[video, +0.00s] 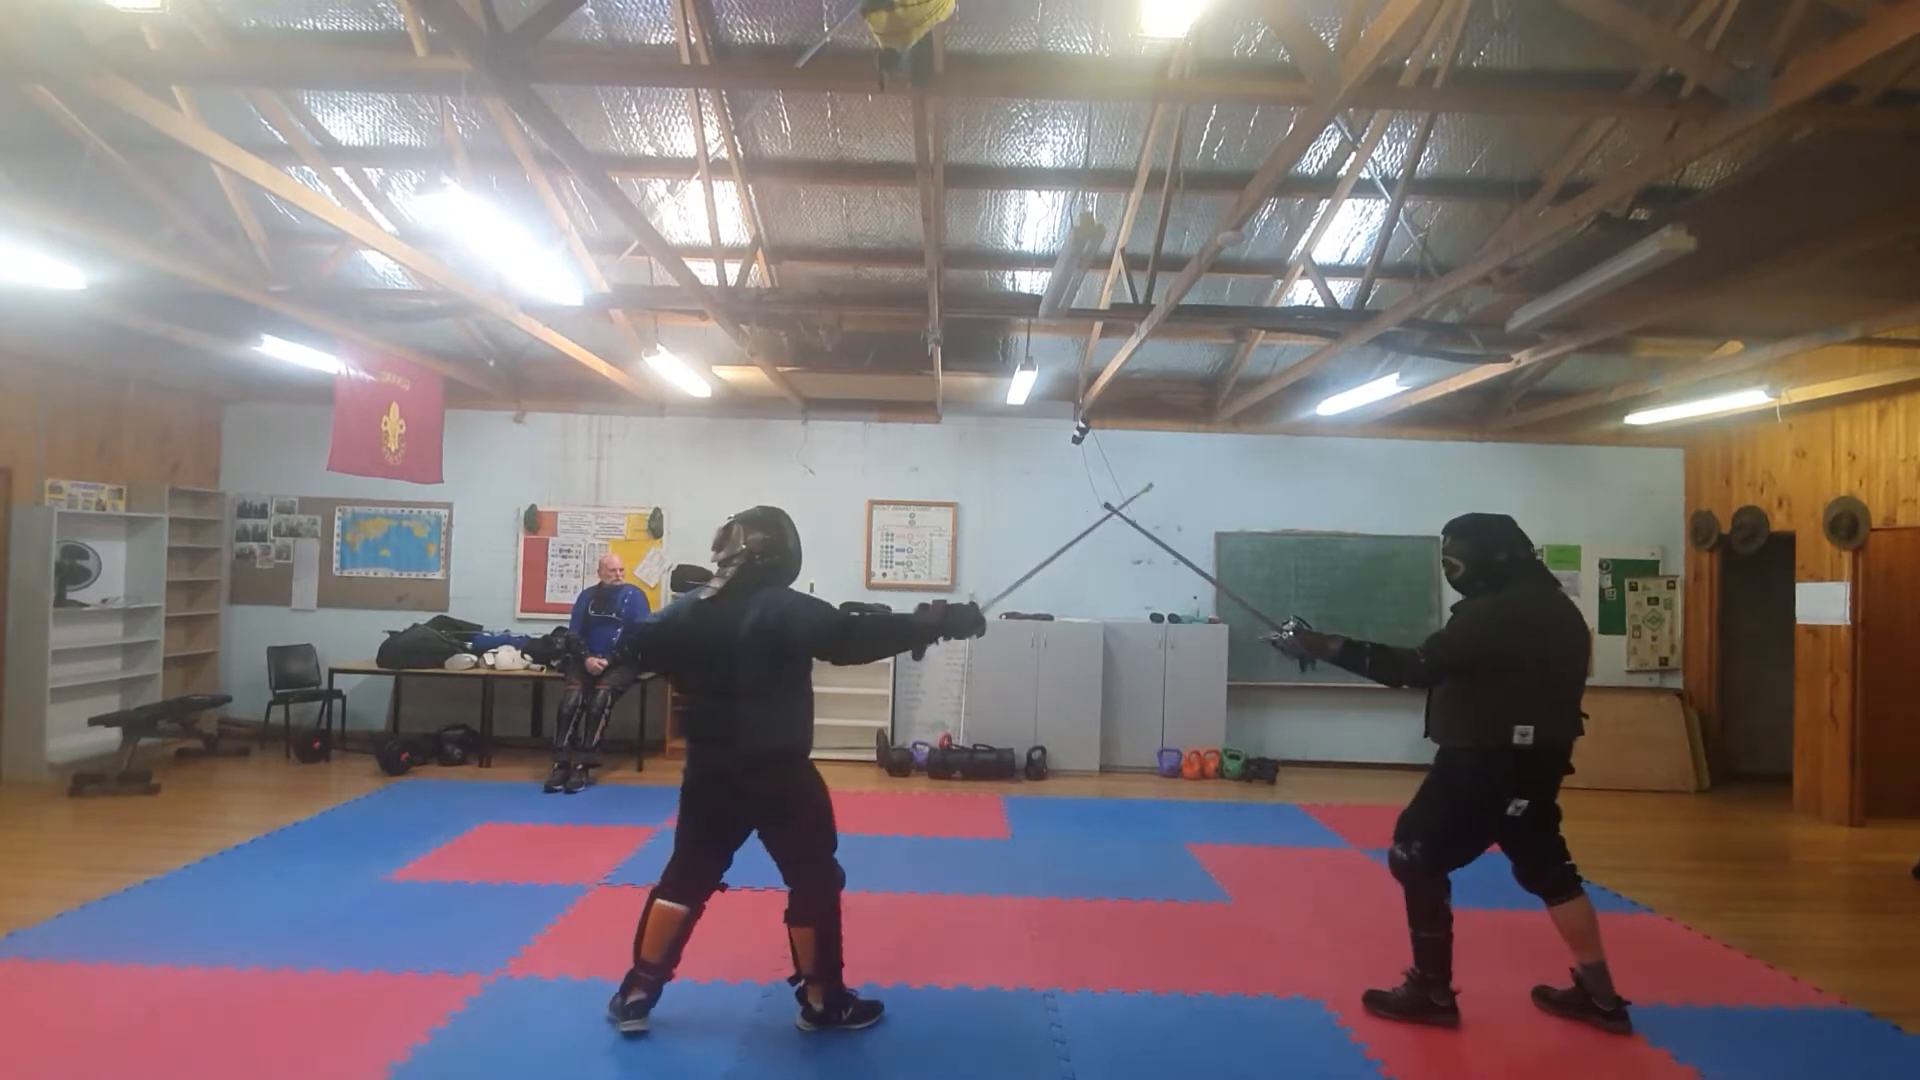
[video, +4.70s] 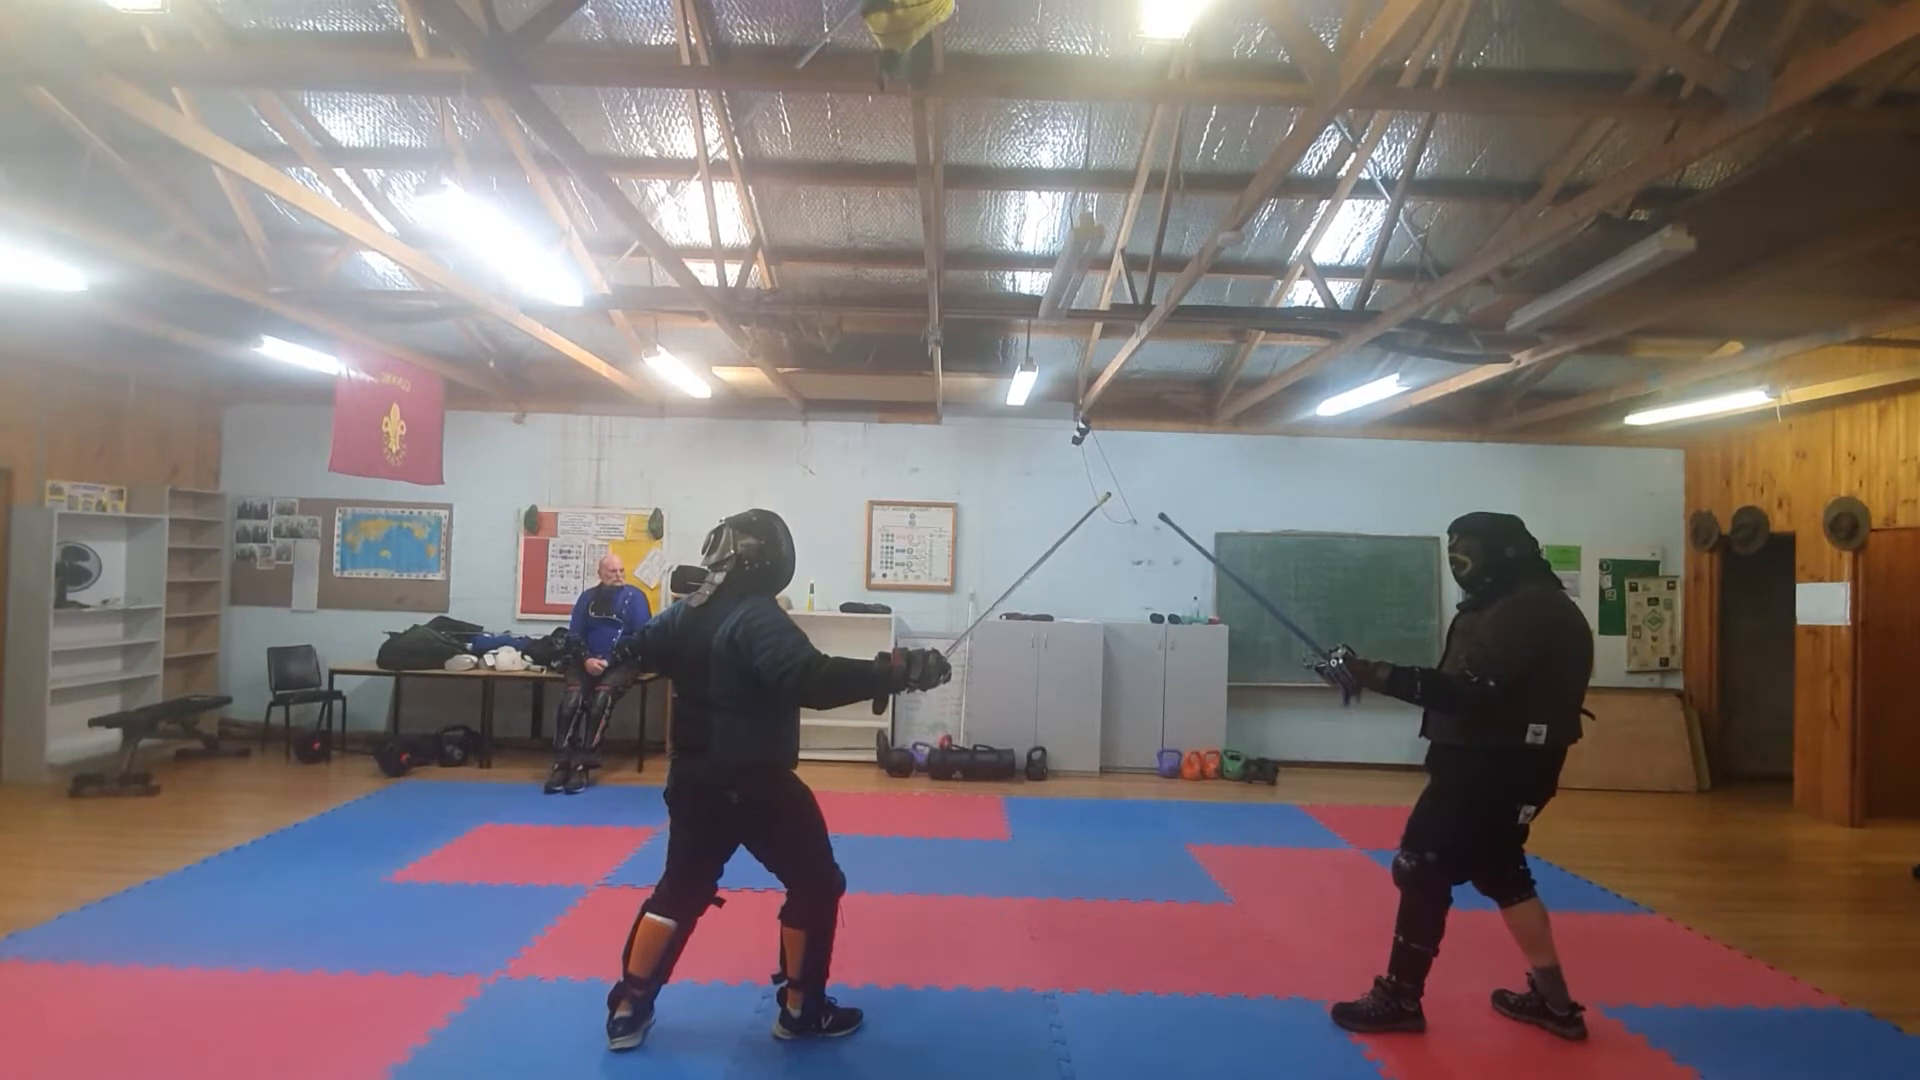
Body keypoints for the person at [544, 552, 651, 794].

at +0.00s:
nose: (619, 575)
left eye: (621, 571)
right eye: (613, 571)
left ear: (624, 571)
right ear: (599, 572)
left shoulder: (634, 596)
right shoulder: (586, 596)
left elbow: (638, 636)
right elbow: (573, 634)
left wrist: (609, 660)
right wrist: (586, 658)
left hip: (620, 661)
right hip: (585, 659)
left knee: (601, 696)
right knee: (572, 696)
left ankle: (582, 767)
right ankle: (561, 765)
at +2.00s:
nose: (618, 577)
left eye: (621, 572)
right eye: (612, 572)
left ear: (624, 573)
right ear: (599, 574)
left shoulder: (634, 598)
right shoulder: (587, 597)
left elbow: (640, 639)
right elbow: (573, 636)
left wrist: (608, 661)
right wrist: (585, 659)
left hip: (619, 663)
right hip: (585, 660)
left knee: (601, 696)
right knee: (572, 697)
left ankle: (581, 768)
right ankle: (560, 766)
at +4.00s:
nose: (618, 577)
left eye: (621, 572)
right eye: (613, 572)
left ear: (624, 573)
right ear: (600, 573)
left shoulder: (634, 598)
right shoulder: (587, 598)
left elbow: (640, 637)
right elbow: (574, 635)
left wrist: (609, 660)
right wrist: (586, 659)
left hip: (621, 662)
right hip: (586, 659)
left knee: (601, 697)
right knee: (572, 698)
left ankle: (582, 768)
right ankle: (561, 765)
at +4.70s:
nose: (618, 576)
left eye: (621, 571)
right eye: (613, 571)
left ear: (624, 572)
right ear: (600, 573)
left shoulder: (634, 597)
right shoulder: (587, 597)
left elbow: (640, 636)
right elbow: (574, 635)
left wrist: (610, 660)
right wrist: (586, 658)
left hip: (620, 663)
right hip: (586, 660)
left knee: (601, 697)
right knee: (572, 697)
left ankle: (582, 768)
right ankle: (561, 765)